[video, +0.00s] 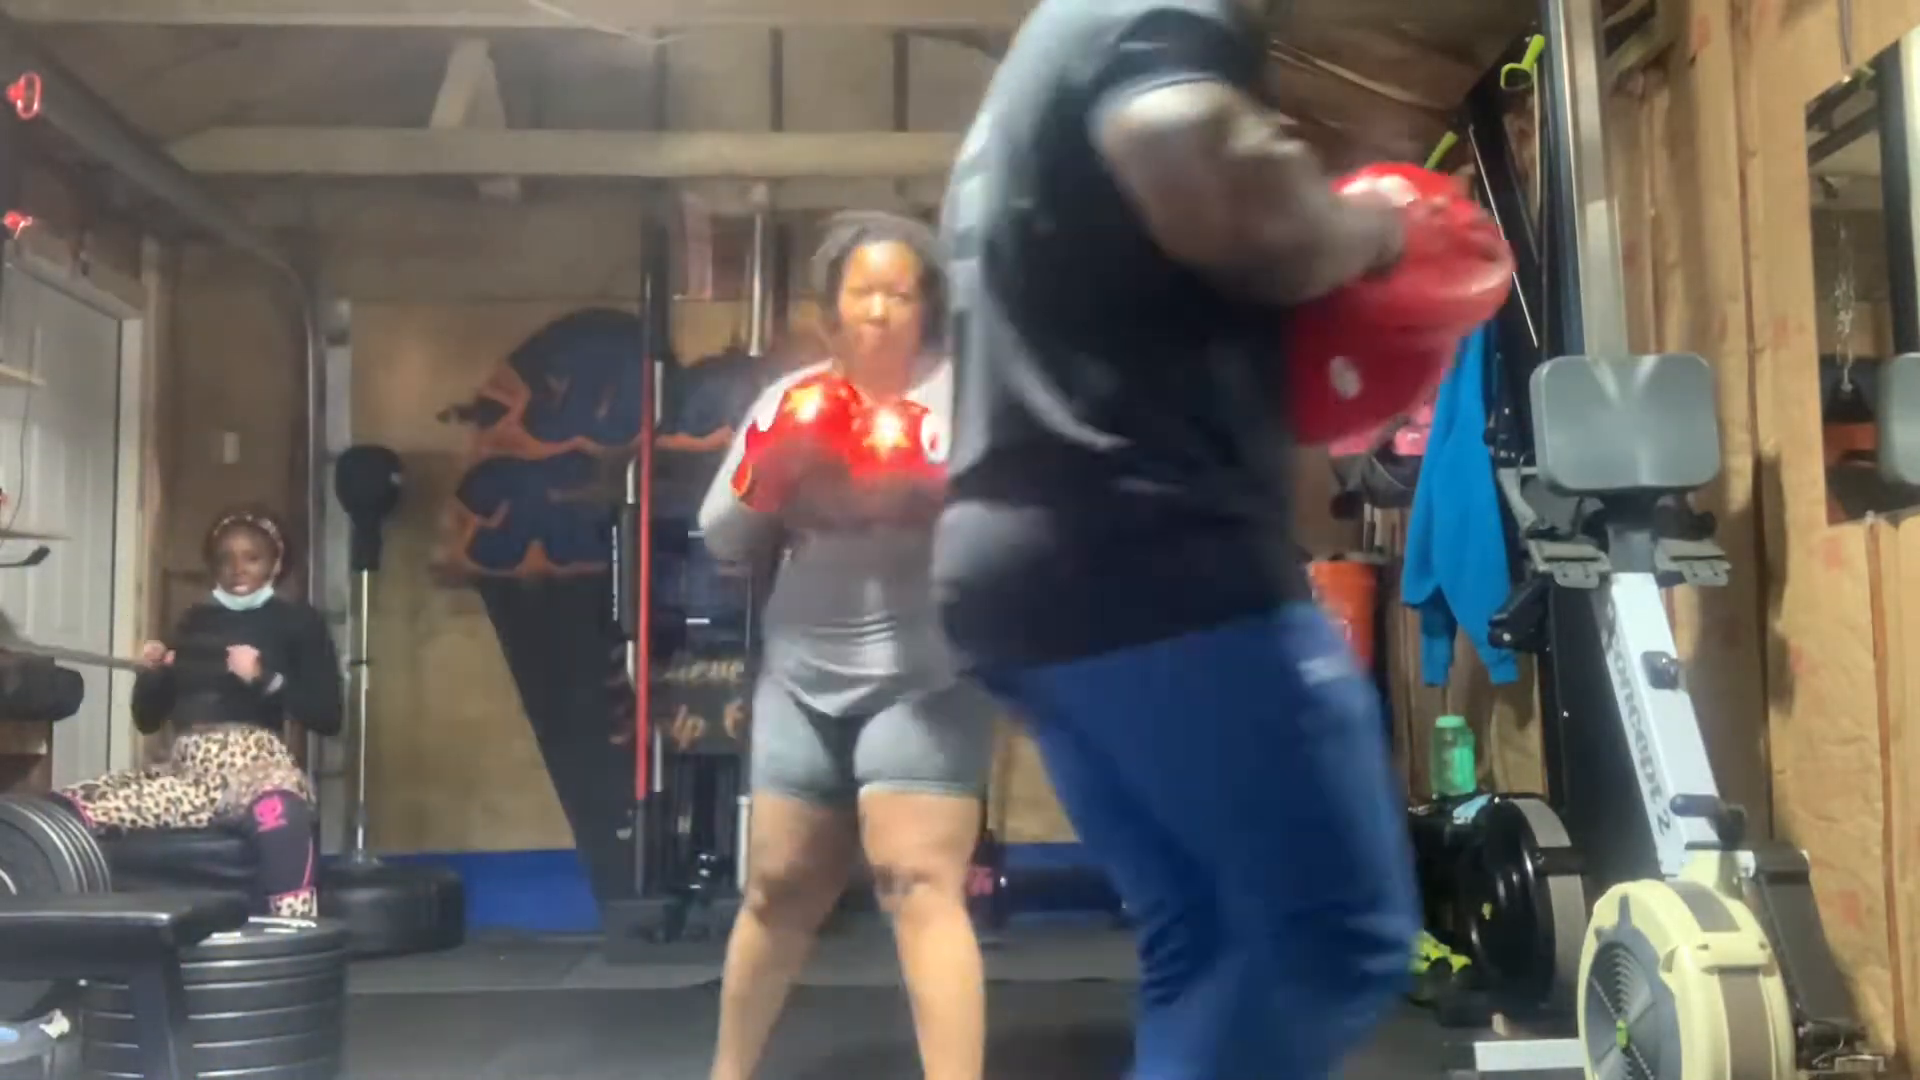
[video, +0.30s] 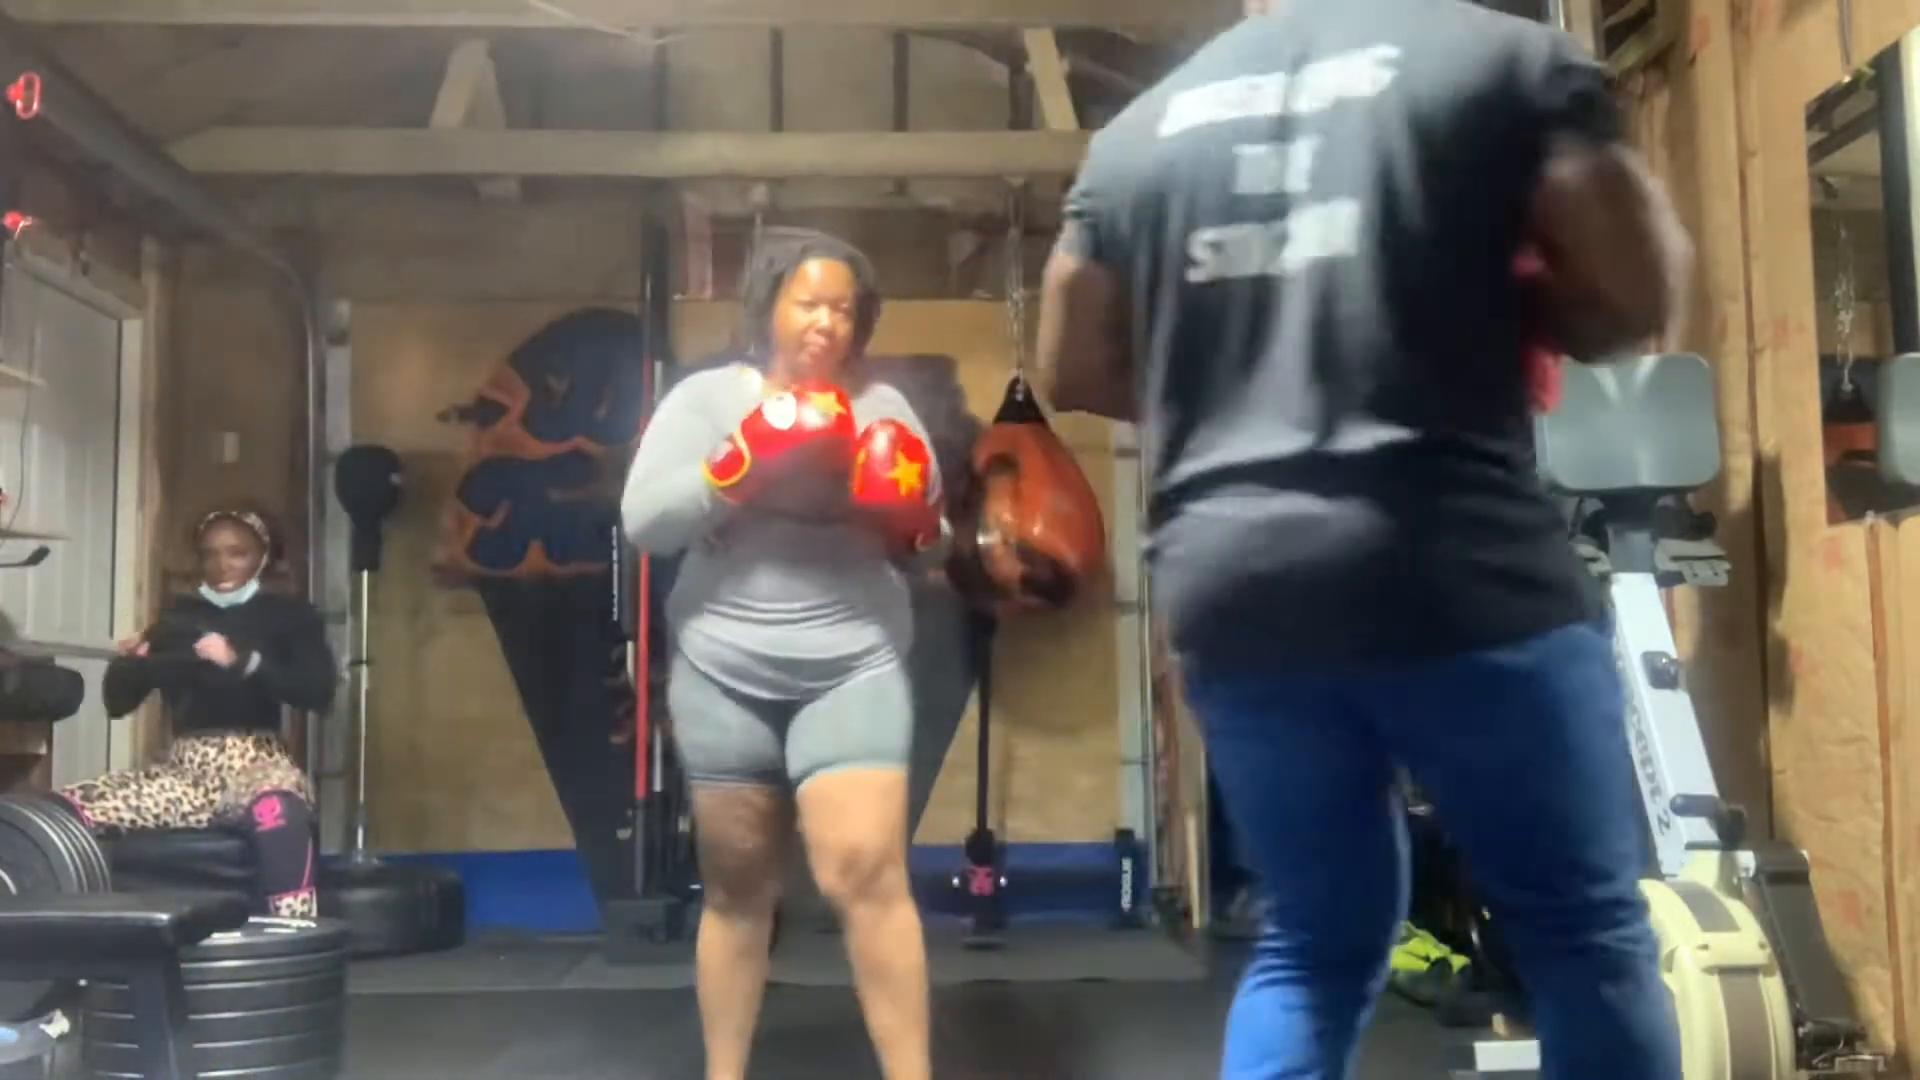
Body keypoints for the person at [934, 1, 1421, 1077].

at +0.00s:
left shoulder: (1051, 48)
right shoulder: (1155, 16)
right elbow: (1221, 205)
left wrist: (1320, 352)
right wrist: (1370, 223)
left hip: (1027, 555)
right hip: (1154, 553)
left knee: (1194, 942)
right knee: (1337, 936)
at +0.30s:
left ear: (1264, 1)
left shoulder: (1139, 122)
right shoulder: (1504, 50)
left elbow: (1074, 369)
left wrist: (1248, 370)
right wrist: (1495, 289)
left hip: (1227, 564)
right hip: (1455, 555)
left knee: (1310, 939)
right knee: (1587, 931)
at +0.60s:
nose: (1298, 27)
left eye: (1300, 18)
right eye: (1301, 21)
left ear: (1337, 4)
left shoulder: (1285, 92)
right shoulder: (1650, 103)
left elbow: (1189, 319)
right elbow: (1708, 348)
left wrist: (1264, 376)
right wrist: (1555, 323)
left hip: (1366, 576)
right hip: (1607, 570)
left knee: (1313, 904)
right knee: (1634, 939)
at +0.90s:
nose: (1237, 123)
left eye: (1235, 107)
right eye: (1231, 108)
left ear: (1274, 68)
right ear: (1376, 43)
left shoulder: (1252, 165)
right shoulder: (1562, 133)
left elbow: (1169, 403)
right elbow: (1632, 354)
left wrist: (1136, 349)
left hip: (1393, 566)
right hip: (1615, 553)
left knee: (1321, 934)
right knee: (1642, 909)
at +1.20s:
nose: (1287, 125)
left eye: (1283, 111)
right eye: (1282, 112)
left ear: (1318, 81)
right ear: (1428, 55)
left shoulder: (1292, 173)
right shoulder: (1597, 151)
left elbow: (1146, 362)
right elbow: (1647, 335)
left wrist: (1138, 235)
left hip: (1423, 575)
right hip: (1652, 561)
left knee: (1337, 925)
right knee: (1715, 914)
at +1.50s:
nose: (1336, 114)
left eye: (1333, 100)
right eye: (1336, 103)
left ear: (1357, 86)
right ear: (1480, 71)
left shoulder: (1315, 177)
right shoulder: (1620, 170)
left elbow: (1135, 314)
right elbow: (1668, 342)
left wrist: (1183, 185)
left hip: (1422, 582)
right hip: (1656, 573)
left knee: (1322, 913)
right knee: (1722, 916)